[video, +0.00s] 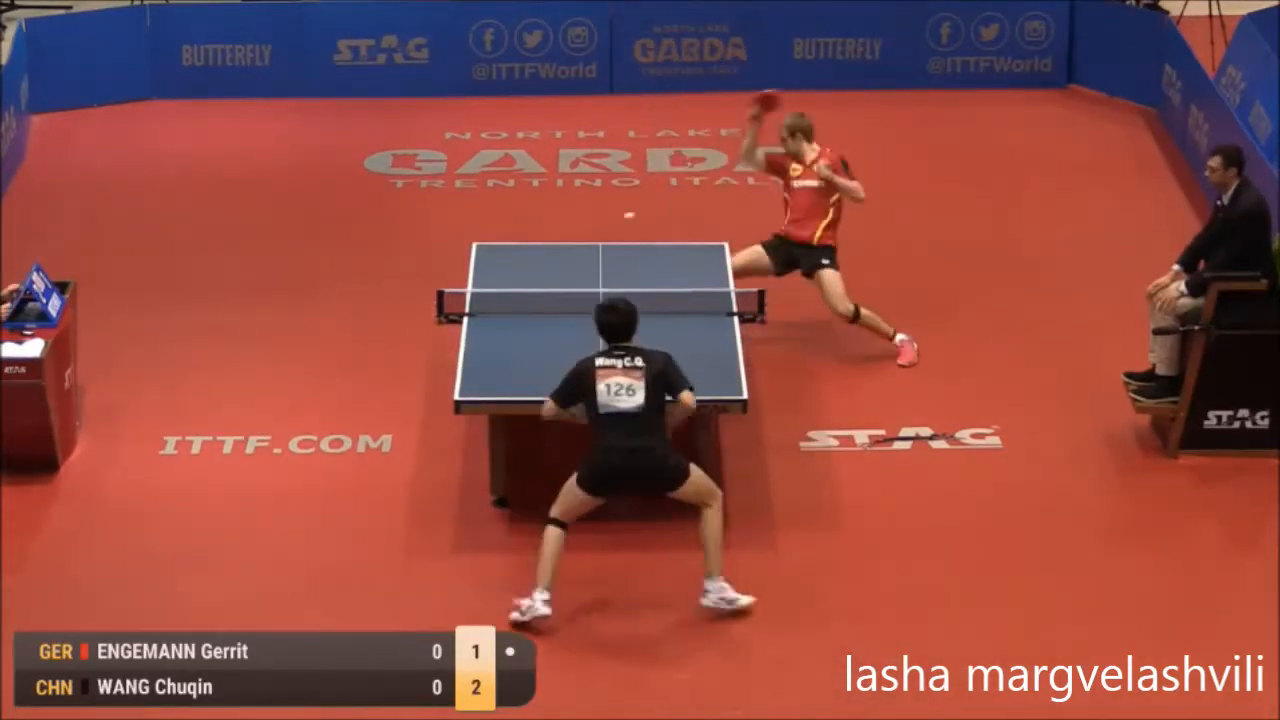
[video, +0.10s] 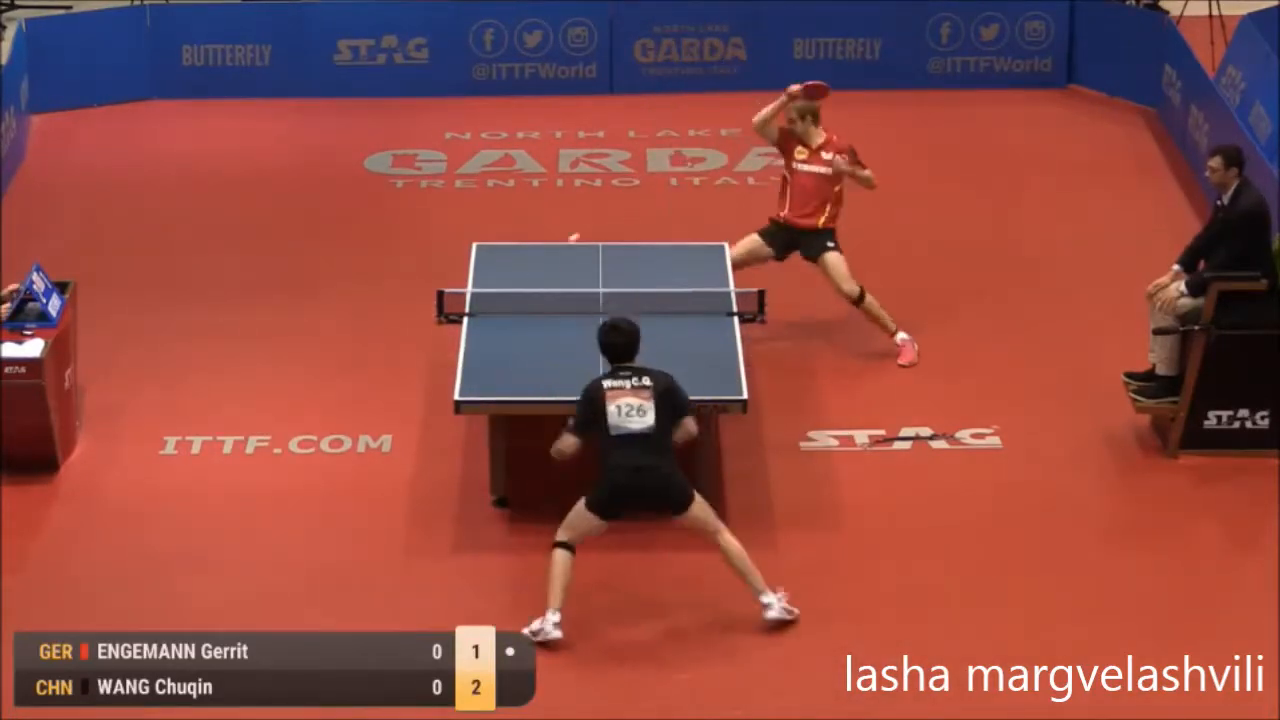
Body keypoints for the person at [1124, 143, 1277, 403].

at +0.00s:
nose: (1207, 175)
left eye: (1212, 170)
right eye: (1207, 169)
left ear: (1232, 172)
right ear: (1225, 172)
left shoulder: (1249, 206)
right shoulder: (1226, 199)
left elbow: (1229, 264)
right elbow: (1205, 240)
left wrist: (1183, 288)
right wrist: (1173, 274)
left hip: (1242, 292)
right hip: (1224, 280)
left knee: (1168, 307)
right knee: (1158, 297)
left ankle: (1168, 379)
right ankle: (1159, 370)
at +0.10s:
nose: (1207, 175)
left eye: (1213, 170)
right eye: (1207, 169)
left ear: (1232, 172)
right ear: (1224, 172)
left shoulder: (1249, 206)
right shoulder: (1226, 199)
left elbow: (1229, 264)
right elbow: (1205, 240)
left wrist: (1184, 288)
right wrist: (1173, 274)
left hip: (1242, 292)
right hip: (1224, 280)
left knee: (1168, 307)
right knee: (1159, 297)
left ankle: (1168, 379)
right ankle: (1159, 370)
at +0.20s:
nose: (1207, 175)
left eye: (1213, 170)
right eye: (1207, 169)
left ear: (1232, 172)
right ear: (1224, 172)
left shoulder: (1249, 206)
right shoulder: (1226, 199)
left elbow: (1229, 264)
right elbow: (1205, 240)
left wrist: (1183, 288)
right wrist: (1173, 274)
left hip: (1242, 292)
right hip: (1224, 280)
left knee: (1168, 307)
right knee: (1158, 297)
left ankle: (1168, 379)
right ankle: (1159, 370)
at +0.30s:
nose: (1207, 175)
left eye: (1213, 170)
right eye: (1207, 169)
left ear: (1233, 171)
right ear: (1224, 172)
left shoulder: (1249, 206)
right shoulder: (1226, 199)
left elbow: (1229, 264)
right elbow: (1205, 240)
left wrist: (1183, 288)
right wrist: (1173, 274)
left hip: (1242, 292)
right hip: (1224, 280)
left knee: (1168, 307)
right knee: (1158, 297)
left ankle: (1168, 379)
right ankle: (1159, 370)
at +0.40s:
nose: (1207, 175)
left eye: (1213, 170)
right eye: (1207, 170)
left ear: (1233, 171)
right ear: (1224, 172)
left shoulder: (1248, 206)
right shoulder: (1226, 199)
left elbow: (1229, 264)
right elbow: (1205, 240)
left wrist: (1183, 288)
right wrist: (1173, 274)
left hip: (1242, 292)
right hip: (1224, 280)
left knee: (1168, 307)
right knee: (1158, 297)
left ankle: (1168, 379)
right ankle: (1159, 370)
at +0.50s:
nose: (1207, 175)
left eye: (1213, 170)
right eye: (1207, 170)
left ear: (1233, 171)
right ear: (1224, 172)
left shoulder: (1248, 206)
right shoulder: (1226, 199)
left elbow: (1229, 264)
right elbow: (1205, 240)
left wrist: (1183, 288)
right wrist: (1173, 274)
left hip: (1242, 292)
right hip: (1224, 280)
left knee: (1168, 307)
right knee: (1158, 297)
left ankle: (1168, 379)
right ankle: (1159, 370)